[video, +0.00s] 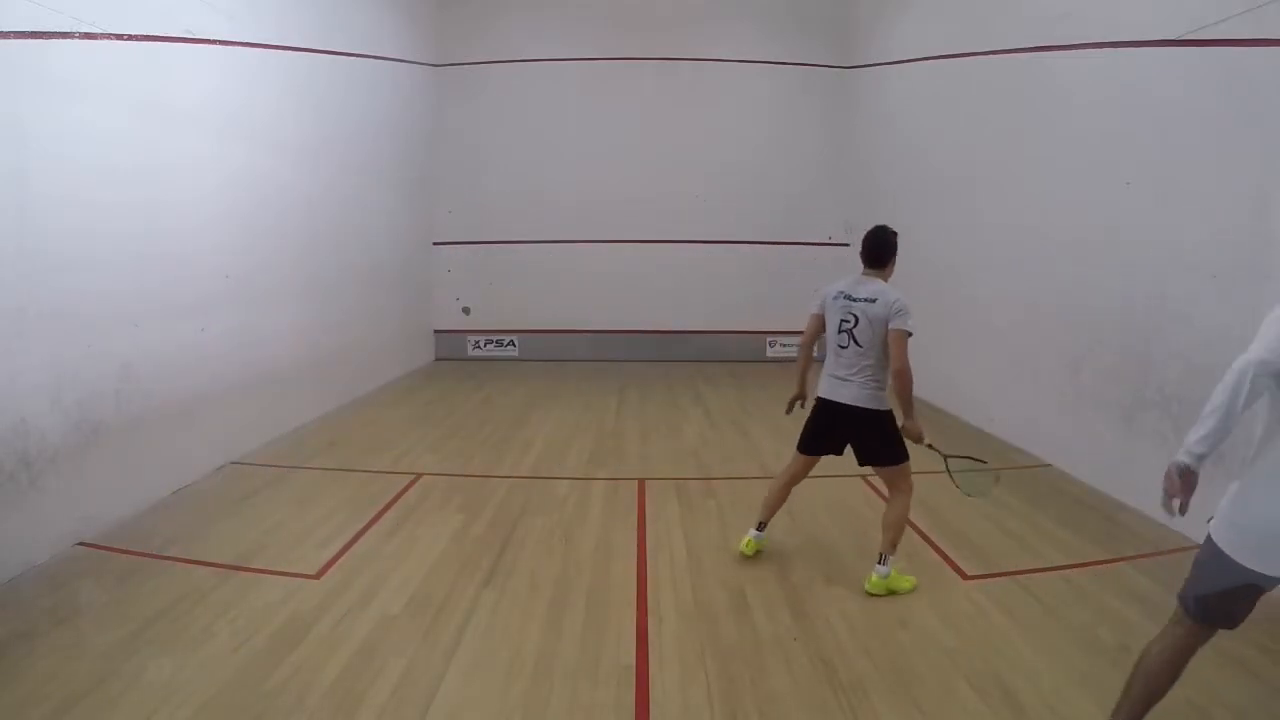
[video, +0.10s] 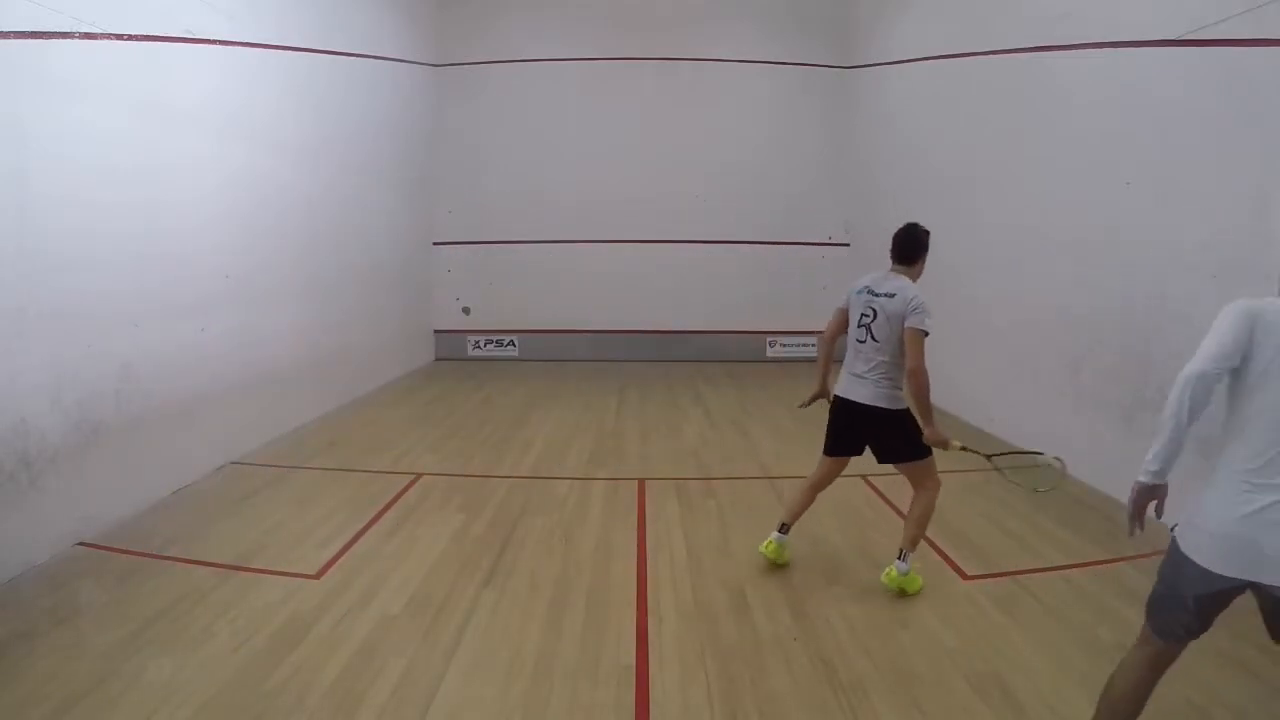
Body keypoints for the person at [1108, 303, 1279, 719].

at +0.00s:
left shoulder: (1279, 318)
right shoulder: (1278, 320)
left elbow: (1258, 364)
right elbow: (1257, 366)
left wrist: (1191, 454)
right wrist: (1192, 454)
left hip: (1265, 511)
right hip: (1265, 511)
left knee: (1188, 627)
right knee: (1189, 626)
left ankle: (1122, 714)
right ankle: (1123, 713)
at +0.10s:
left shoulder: (1253, 315)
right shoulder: (1253, 316)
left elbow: (1197, 376)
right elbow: (1197, 376)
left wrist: (1155, 470)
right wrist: (1156, 471)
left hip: (1225, 531)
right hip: (1275, 546)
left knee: (1151, 651)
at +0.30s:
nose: (1242, 244)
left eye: (1242, 237)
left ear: (1247, 236)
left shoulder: (1199, 279)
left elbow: (1113, 331)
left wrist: (1082, 431)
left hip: (1165, 514)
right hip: (1254, 532)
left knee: (1124, 650)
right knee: (1245, 645)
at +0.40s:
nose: (1233, 231)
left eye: (1233, 223)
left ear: (1239, 222)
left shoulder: (1185, 266)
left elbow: (1094, 313)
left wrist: (1053, 416)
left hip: (1148, 513)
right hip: (1236, 538)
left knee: (1113, 652)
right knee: (1195, 665)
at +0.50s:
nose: (1226, 236)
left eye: (1227, 229)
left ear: (1231, 232)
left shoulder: (1175, 279)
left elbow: (1084, 334)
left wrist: (1034, 436)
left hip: (1119, 532)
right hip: (1206, 562)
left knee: (1110, 647)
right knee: (1145, 700)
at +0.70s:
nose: (1210, 234)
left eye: (1212, 225)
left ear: (1216, 232)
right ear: (1275, 251)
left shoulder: (1149, 288)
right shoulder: (1273, 326)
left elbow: (1069, 361)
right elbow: (1272, 469)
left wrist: (1024, 461)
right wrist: (1269, 587)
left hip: (1090, 524)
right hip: (1169, 561)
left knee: (1101, 623)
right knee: (1128, 698)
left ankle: (1048, 714)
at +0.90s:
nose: (1184, 229)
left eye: (1185, 221)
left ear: (1186, 229)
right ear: (1247, 244)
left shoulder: (1130, 286)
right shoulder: (1264, 331)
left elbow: (1049, 355)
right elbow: (1252, 458)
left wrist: (1034, 428)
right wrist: (1214, 537)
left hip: (1083, 507)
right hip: (1165, 535)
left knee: (1073, 606)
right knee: (1121, 680)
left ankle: (1022, 711)